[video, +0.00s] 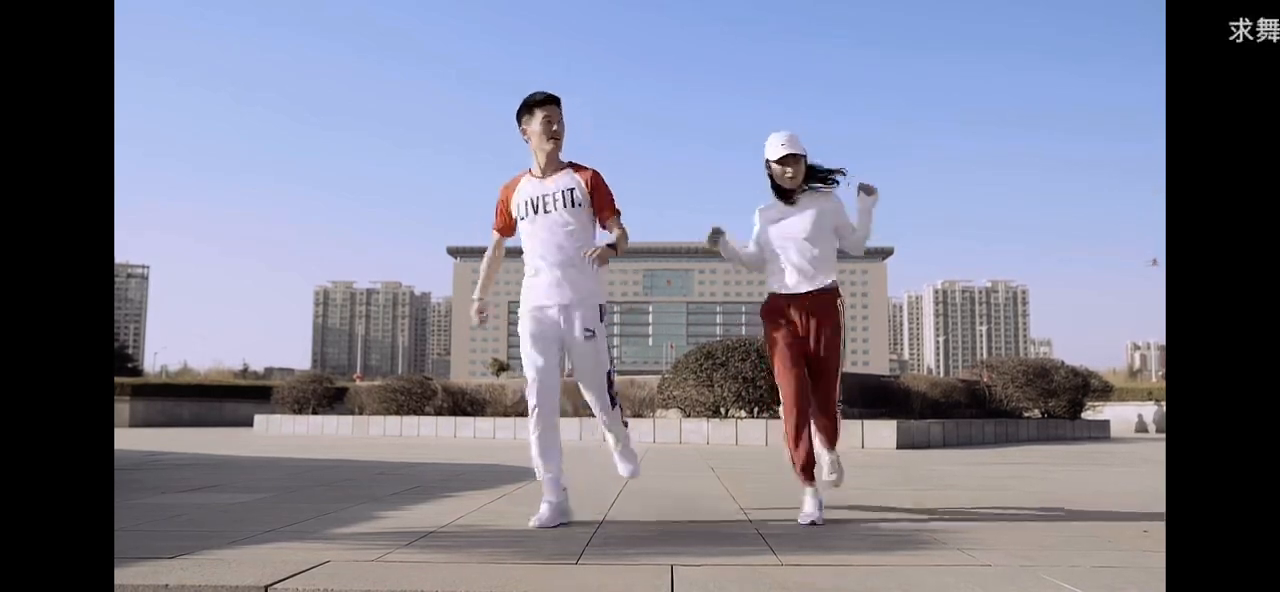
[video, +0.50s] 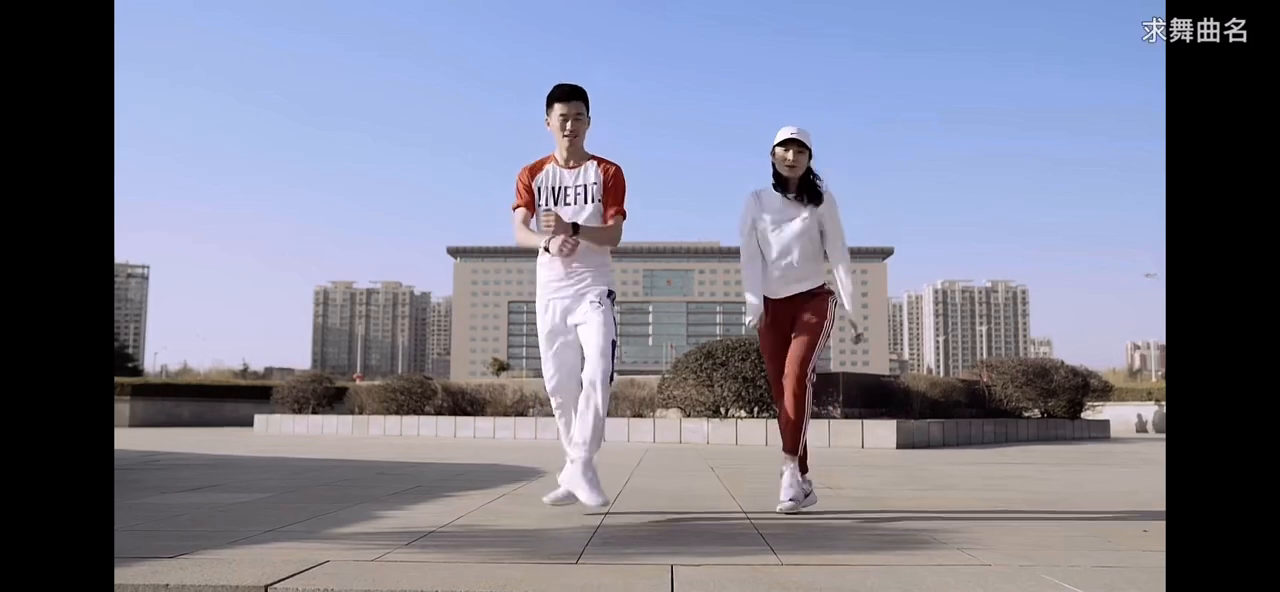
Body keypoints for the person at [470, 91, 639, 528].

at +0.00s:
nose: (555, 125)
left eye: (558, 119)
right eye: (545, 120)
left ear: (564, 128)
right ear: (525, 131)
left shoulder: (587, 178)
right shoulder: (512, 190)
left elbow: (618, 232)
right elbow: (496, 247)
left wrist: (610, 245)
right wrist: (480, 293)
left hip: (583, 300)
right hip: (537, 302)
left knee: (599, 396)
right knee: (540, 403)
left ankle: (618, 441)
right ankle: (553, 498)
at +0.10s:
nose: (548, 131)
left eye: (553, 125)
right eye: (538, 126)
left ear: (561, 133)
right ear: (521, 136)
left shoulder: (586, 178)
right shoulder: (513, 197)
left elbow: (631, 216)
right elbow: (496, 251)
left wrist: (611, 223)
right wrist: (471, 298)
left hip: (584, 307)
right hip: (538, 311)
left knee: (598, 391)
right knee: (543, 407)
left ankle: (613, 416)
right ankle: (554, 498)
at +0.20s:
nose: (549, 125)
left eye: (555, 117)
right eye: (539, 119)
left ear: (563, 122)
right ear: (523, 127)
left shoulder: (590, 167)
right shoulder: (515, 183)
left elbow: (625, 217)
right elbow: (494, 238)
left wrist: (606, 231)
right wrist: (472, 285)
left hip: (590, 293)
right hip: (543, 298)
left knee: (602, 387)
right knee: (549, 397)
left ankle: (602, 408)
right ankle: (553, 490)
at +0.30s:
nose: (560, 139)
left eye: (567, 131)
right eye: (552, 132)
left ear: (577, 136)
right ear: (537, 138)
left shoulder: (601, 187)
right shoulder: (522, 193)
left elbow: (606, 247)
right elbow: (497, 240)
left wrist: (569, 247)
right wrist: (493, 258)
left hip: (591, 296)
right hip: (546, 301)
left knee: (598, 339)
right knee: (555, 401)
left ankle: (603, 403)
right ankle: (565, 487)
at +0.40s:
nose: (565, 141)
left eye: (573, 134)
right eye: (557, 134)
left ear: (582, 139)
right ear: (543, 139)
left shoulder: (603, 188)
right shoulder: (525, 191)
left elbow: (601, 248)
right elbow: (505, 244)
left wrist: (555, 234)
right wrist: (514, 243)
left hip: (591, 295)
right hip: (548, 302)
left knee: (592, 331)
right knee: (555, 402)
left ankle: (600, 411)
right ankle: (568, 486)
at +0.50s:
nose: (570, 125)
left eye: (578, 118)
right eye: (563, 118)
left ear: (587, 123)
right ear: (549, 123)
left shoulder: (608, 172)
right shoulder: (532, 174)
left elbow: (612, 237)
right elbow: (520, 233)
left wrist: (569, 227)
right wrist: (546, 242)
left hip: (594, 292)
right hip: (552, 295)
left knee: (598, 376)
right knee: (558, 387)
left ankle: (582, 469)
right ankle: (575, 474)